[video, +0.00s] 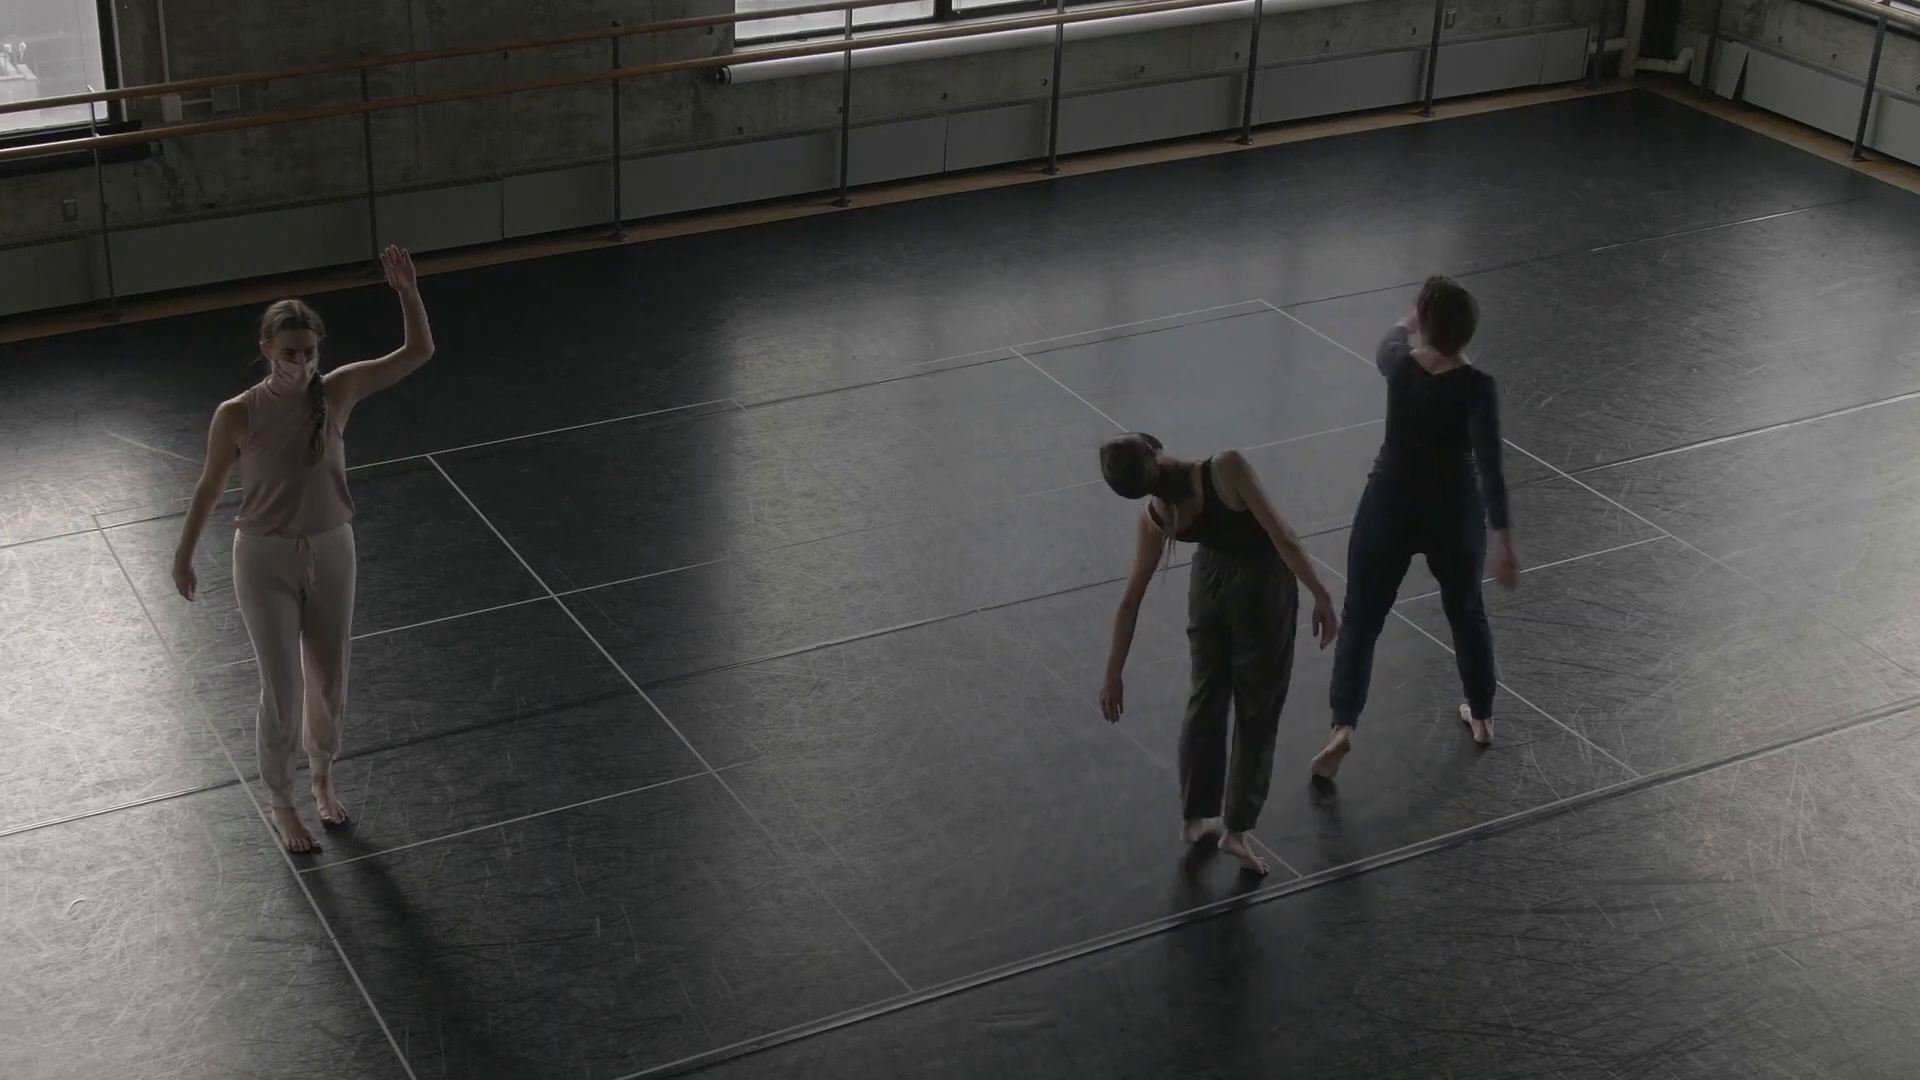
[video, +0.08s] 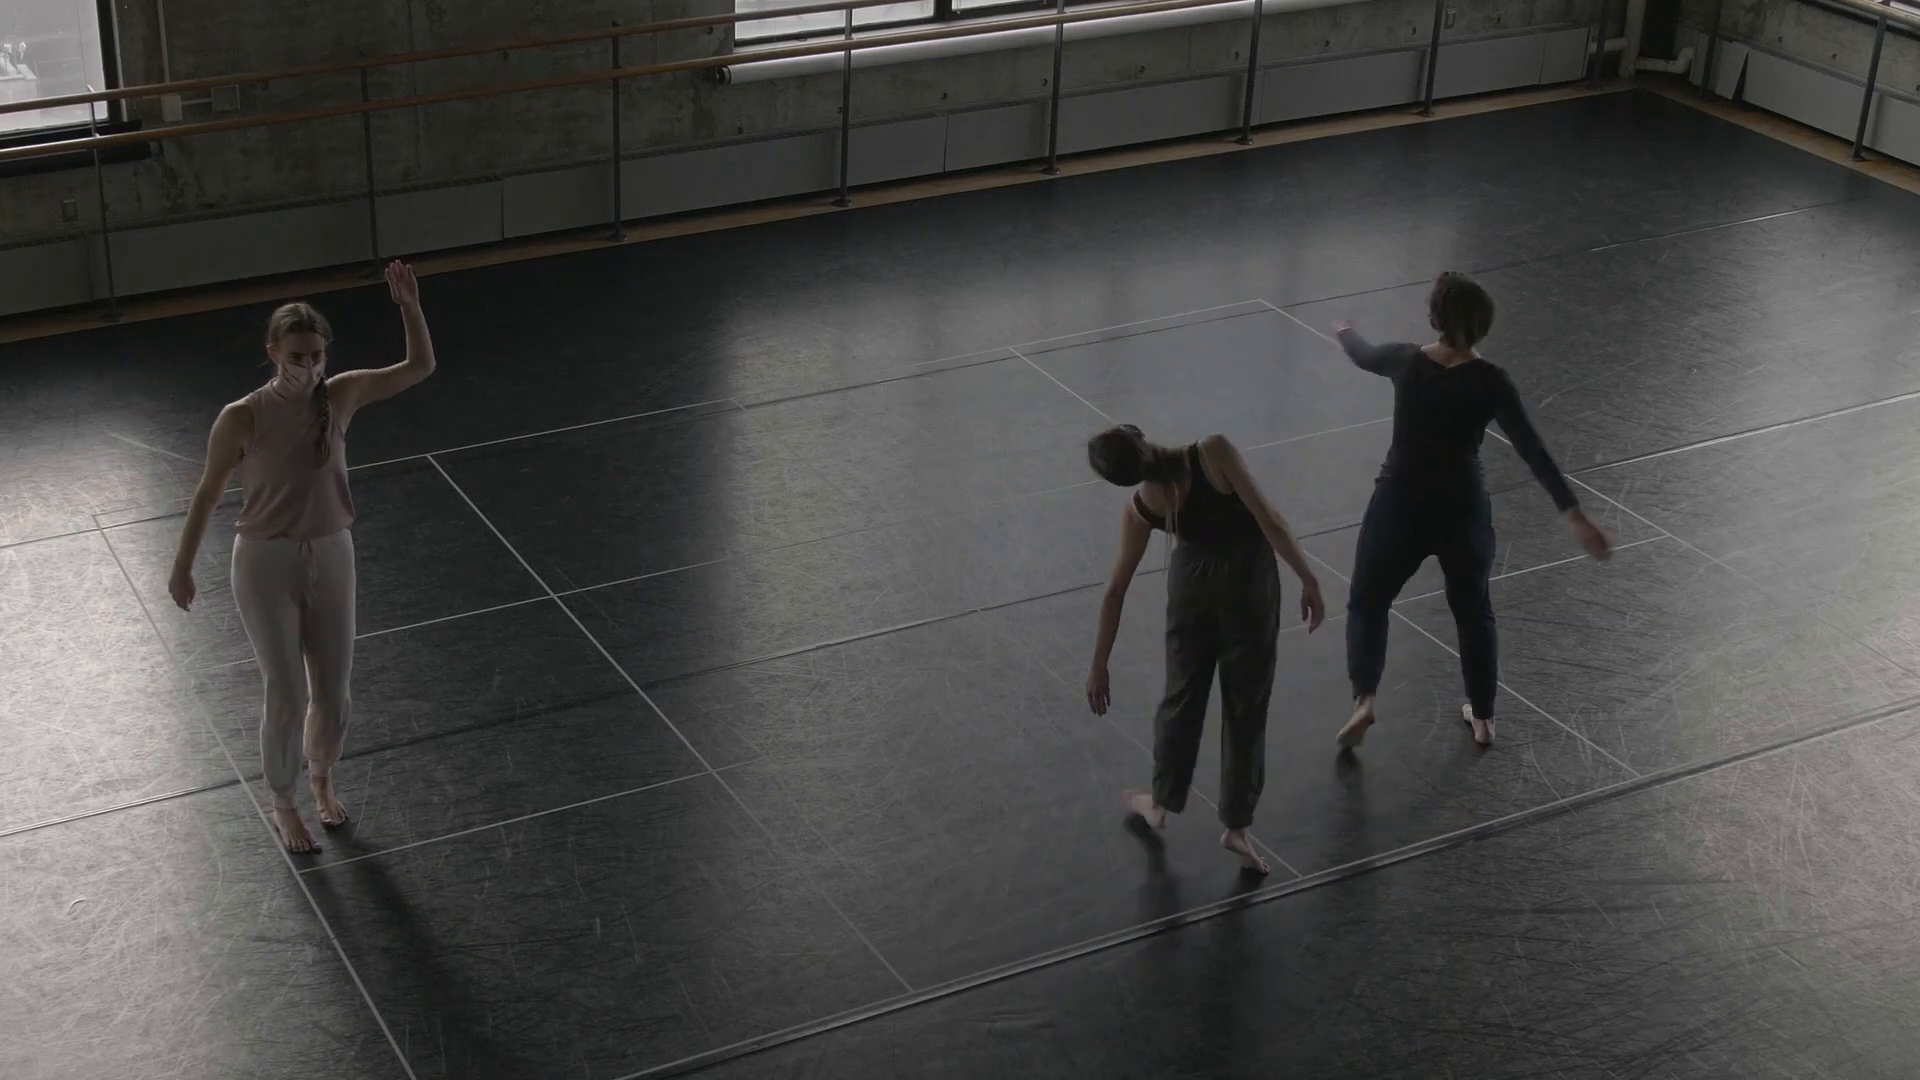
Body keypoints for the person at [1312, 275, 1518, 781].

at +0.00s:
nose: (1414, 322)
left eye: (1417, 316)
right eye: (1418, 314)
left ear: (1422, 325)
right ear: (1468, 331)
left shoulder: (1401, 366)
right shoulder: (1478, 386)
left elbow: (1390, 348)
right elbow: (1491, 465)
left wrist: (1407, 325)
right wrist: (1503, 537)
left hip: (1389, 509)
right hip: (1454, 515)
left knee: (1361, 615)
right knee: (1467, 612)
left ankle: (1343, 724)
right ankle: (1480, 718)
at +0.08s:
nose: (1432, 319)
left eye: (1435, 314)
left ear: (1437, 320)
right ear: (1482, 327)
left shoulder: (1407, 360)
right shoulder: (1492, 382)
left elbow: (1366, 355)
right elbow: (1532, 450)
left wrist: (1347, 335)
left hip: (1400, 510)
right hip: (1464, 514)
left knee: (1368, 602)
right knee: (1473, 609)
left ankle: (1364, 699)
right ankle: (1483, 718)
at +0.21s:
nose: (1432, 308)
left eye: (1433, 301)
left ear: (1433, 310)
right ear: (1481, 315)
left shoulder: (1401, 358)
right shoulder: (1498, 372)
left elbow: (1338, 372)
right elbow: (1569, 419)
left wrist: (1281, 373)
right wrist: (1637, 454)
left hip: (1403, 507)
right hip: (1467, 511)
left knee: (1355, 560)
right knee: (1474, 602)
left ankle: (1372, 670)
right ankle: (1483, 717)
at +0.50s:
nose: (1365, 267)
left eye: (1371, 262)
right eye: (1369, 259)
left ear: (1382, 275)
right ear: (1420, 271)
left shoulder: (1365, 339)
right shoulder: (1440, 315)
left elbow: (1340, 419)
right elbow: (1474, 300)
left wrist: (1313, 491)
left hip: (1383, 466)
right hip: (1437, 459)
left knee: (1334, 540)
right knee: (1406, 541)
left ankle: (1343, 651)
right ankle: (1459, 642)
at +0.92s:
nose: (1299, 396)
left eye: (1306, 391)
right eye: (1301, 389)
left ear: (1332, 404)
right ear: (1324, 400)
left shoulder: (1368, 458)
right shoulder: (1308, 427)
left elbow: (1417, 519)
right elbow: (1247, 430)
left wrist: (1458, 583)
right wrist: (1176, 435)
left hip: (1402, 550)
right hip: (1364, 525)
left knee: (1314, 563)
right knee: (1285, 571)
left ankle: (1347, 637)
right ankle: (1357, 588)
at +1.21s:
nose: (1323, 399)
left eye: (1331, 392)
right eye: (1320, 391)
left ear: (1357, 395)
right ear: (1316, 390)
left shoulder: (1397, 438)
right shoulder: (1311, 435)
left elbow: (1428, 475)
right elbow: (1258, 462)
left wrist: (1447, 511)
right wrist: (1210, 497)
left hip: (1398, 532)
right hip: (1339, 526)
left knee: (1328, 560)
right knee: (1287, 599)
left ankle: (1344, 636)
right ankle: (1341, 587)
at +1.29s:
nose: (1342, 373)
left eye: (1352, 365)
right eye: (1337, 364)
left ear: (1375, 363)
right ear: (1329, 360)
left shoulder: (1406, 406)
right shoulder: (1318, 407)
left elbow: (1418, 461)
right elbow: (1264, 445)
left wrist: (1389, 479)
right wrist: (1237, 481)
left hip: (1397, 509)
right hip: (1338, 503)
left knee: (1333, 557)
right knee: (1298, 594)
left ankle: (1343, 634)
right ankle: (1343, 588)